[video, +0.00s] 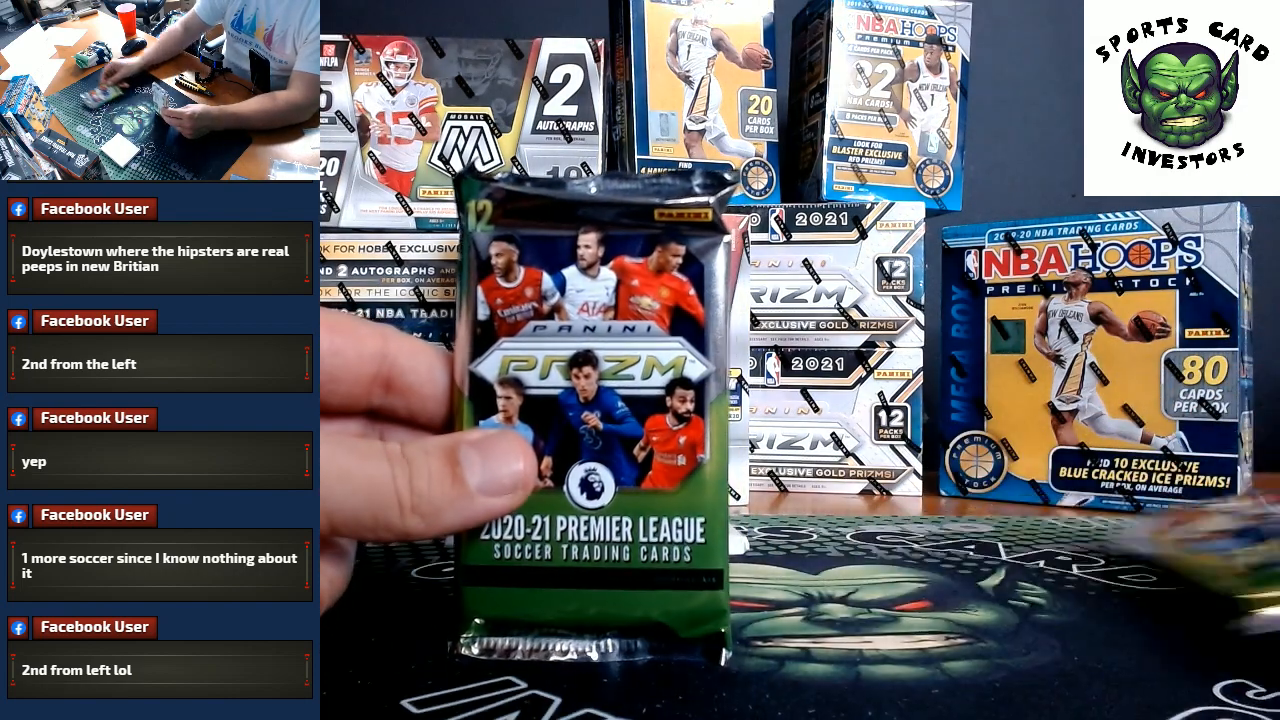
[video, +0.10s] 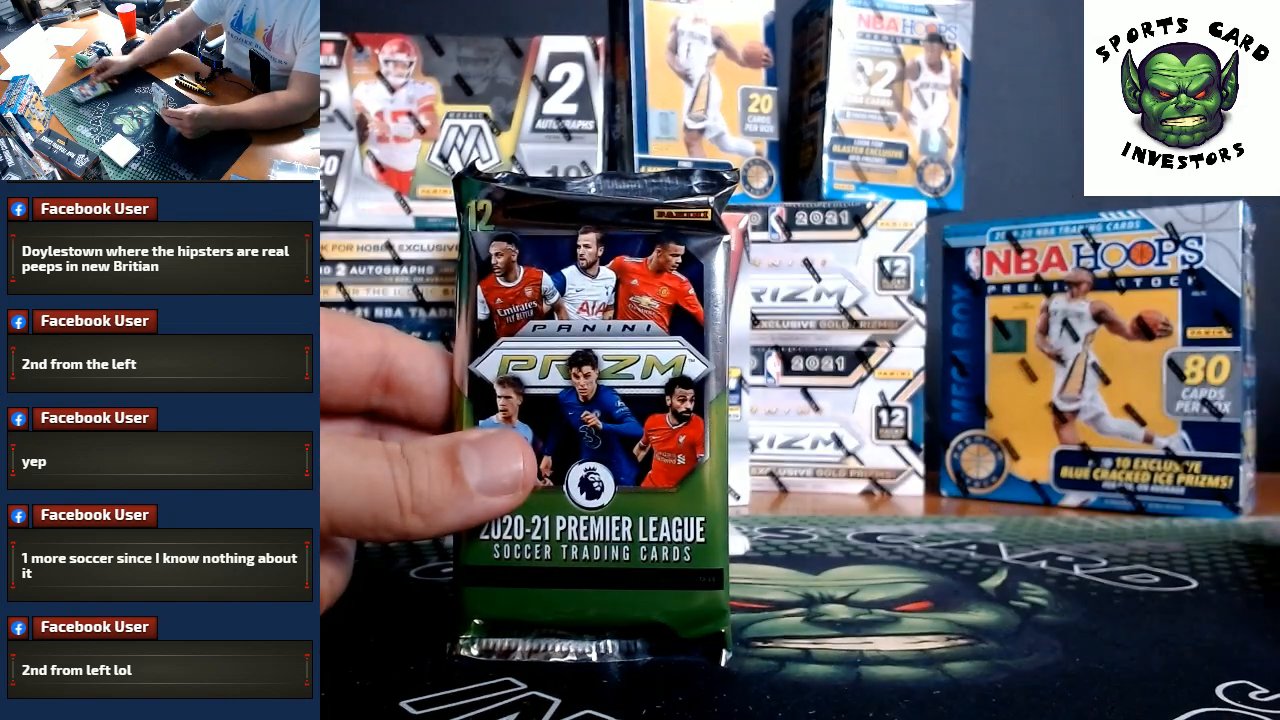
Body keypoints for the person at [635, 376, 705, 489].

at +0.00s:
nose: (688, 407)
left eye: (692, 401)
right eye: (682, 401)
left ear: (695, 402)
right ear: (668, 402)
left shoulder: (698, 426)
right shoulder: (653, 423)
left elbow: (703, 461)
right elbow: (643, 446)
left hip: (681, 492)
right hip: (652, 489)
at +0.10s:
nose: (688, 406)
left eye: (692, 400)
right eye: (682, 400)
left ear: (694, 401)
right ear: (668, 401)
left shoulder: (698, 427)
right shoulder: (653, 422)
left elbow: (704, 463)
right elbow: (642, 447)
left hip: (680, 494)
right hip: (651, 489)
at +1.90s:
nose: (696, 407)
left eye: (699, 401)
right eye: (690, 401)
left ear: (702, 401)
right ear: (676, 402)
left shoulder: (706, 428)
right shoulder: (661, 423)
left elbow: (712, 465)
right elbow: (651, 447)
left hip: (689, 493)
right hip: (659, 489)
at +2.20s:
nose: (696, 407)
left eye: (699, 401)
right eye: (689, 402)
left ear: (702, 401)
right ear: (676, 402)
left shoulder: (707, 428)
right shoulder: (660, 424)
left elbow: (712, 467)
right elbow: (650, 448)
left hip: (689, 494)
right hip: (659, 489)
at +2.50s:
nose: (696, 408)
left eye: (699, 402)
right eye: (689, 402)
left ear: (702, 402)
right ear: (676, 403)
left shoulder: (706, 429)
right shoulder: (660, 425)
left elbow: (712, 466)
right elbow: (650, 448)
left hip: (689, 494)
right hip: (659, 490)